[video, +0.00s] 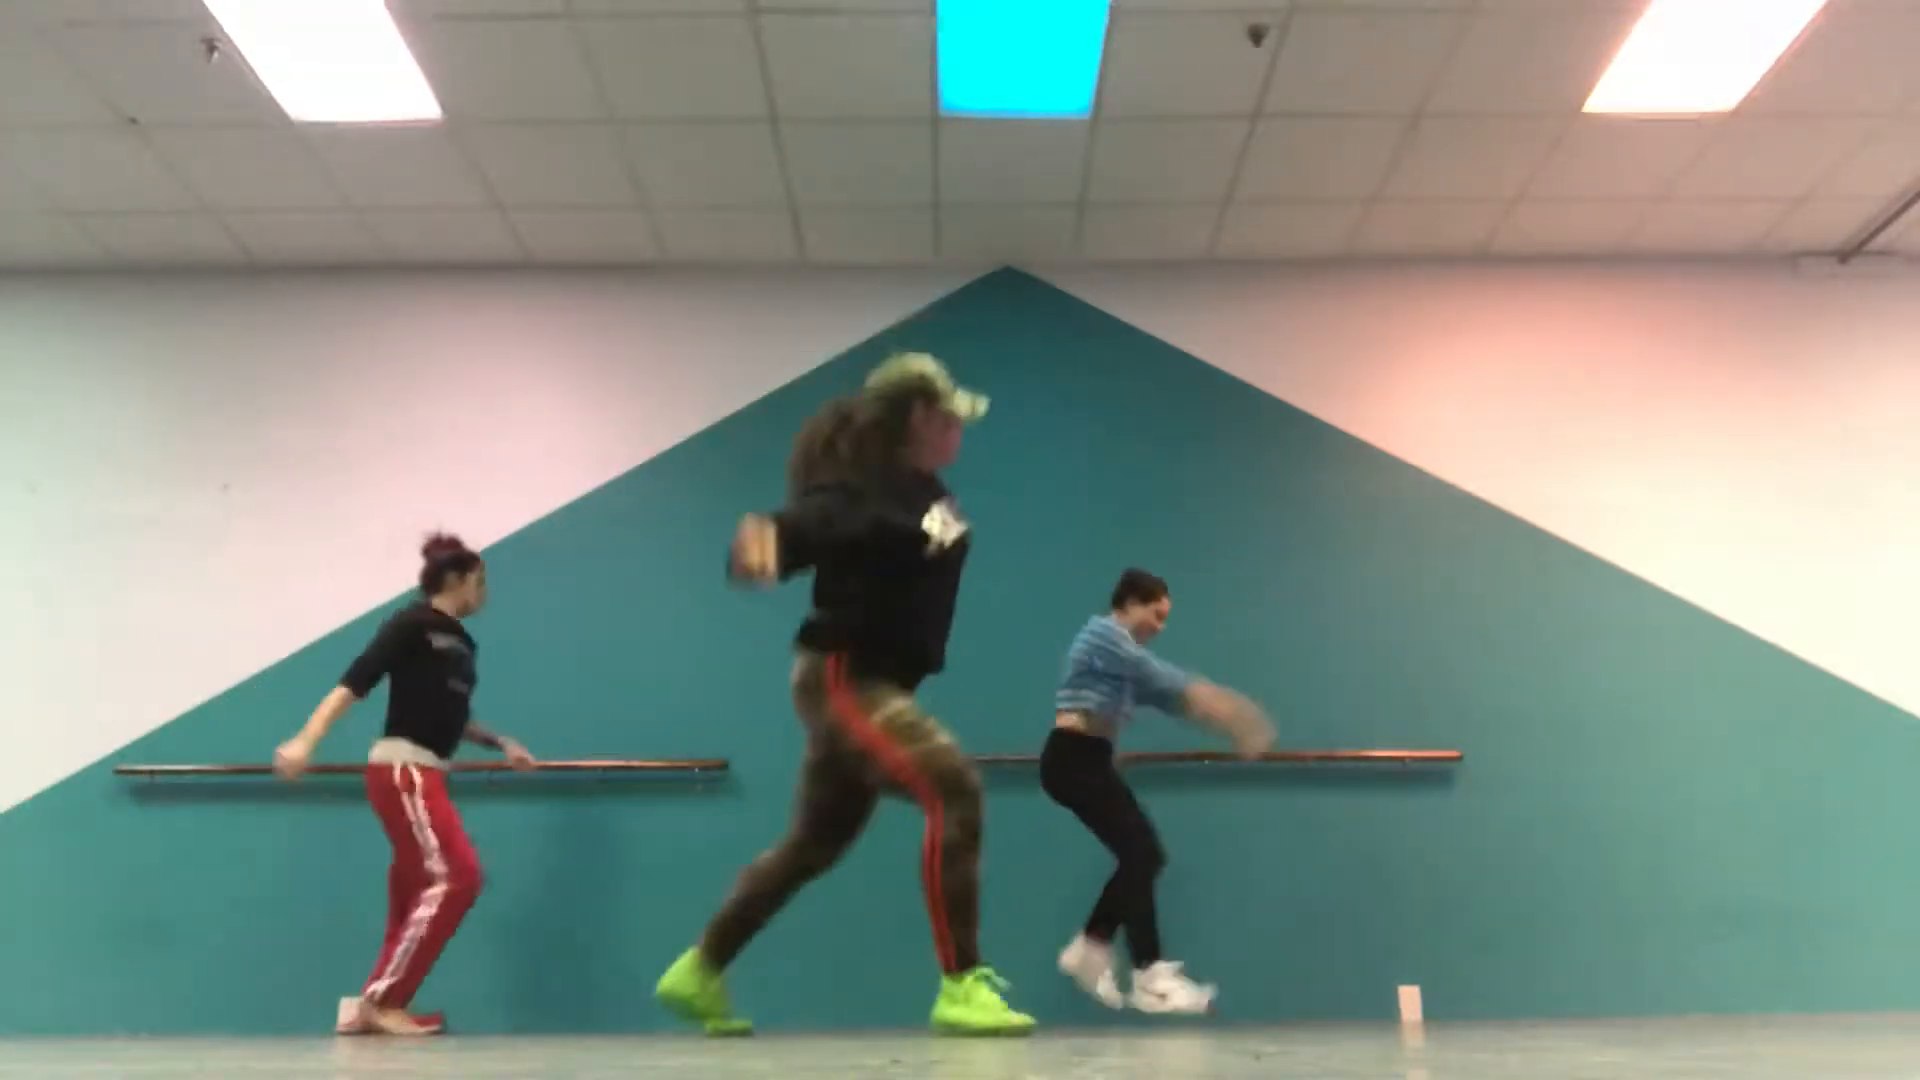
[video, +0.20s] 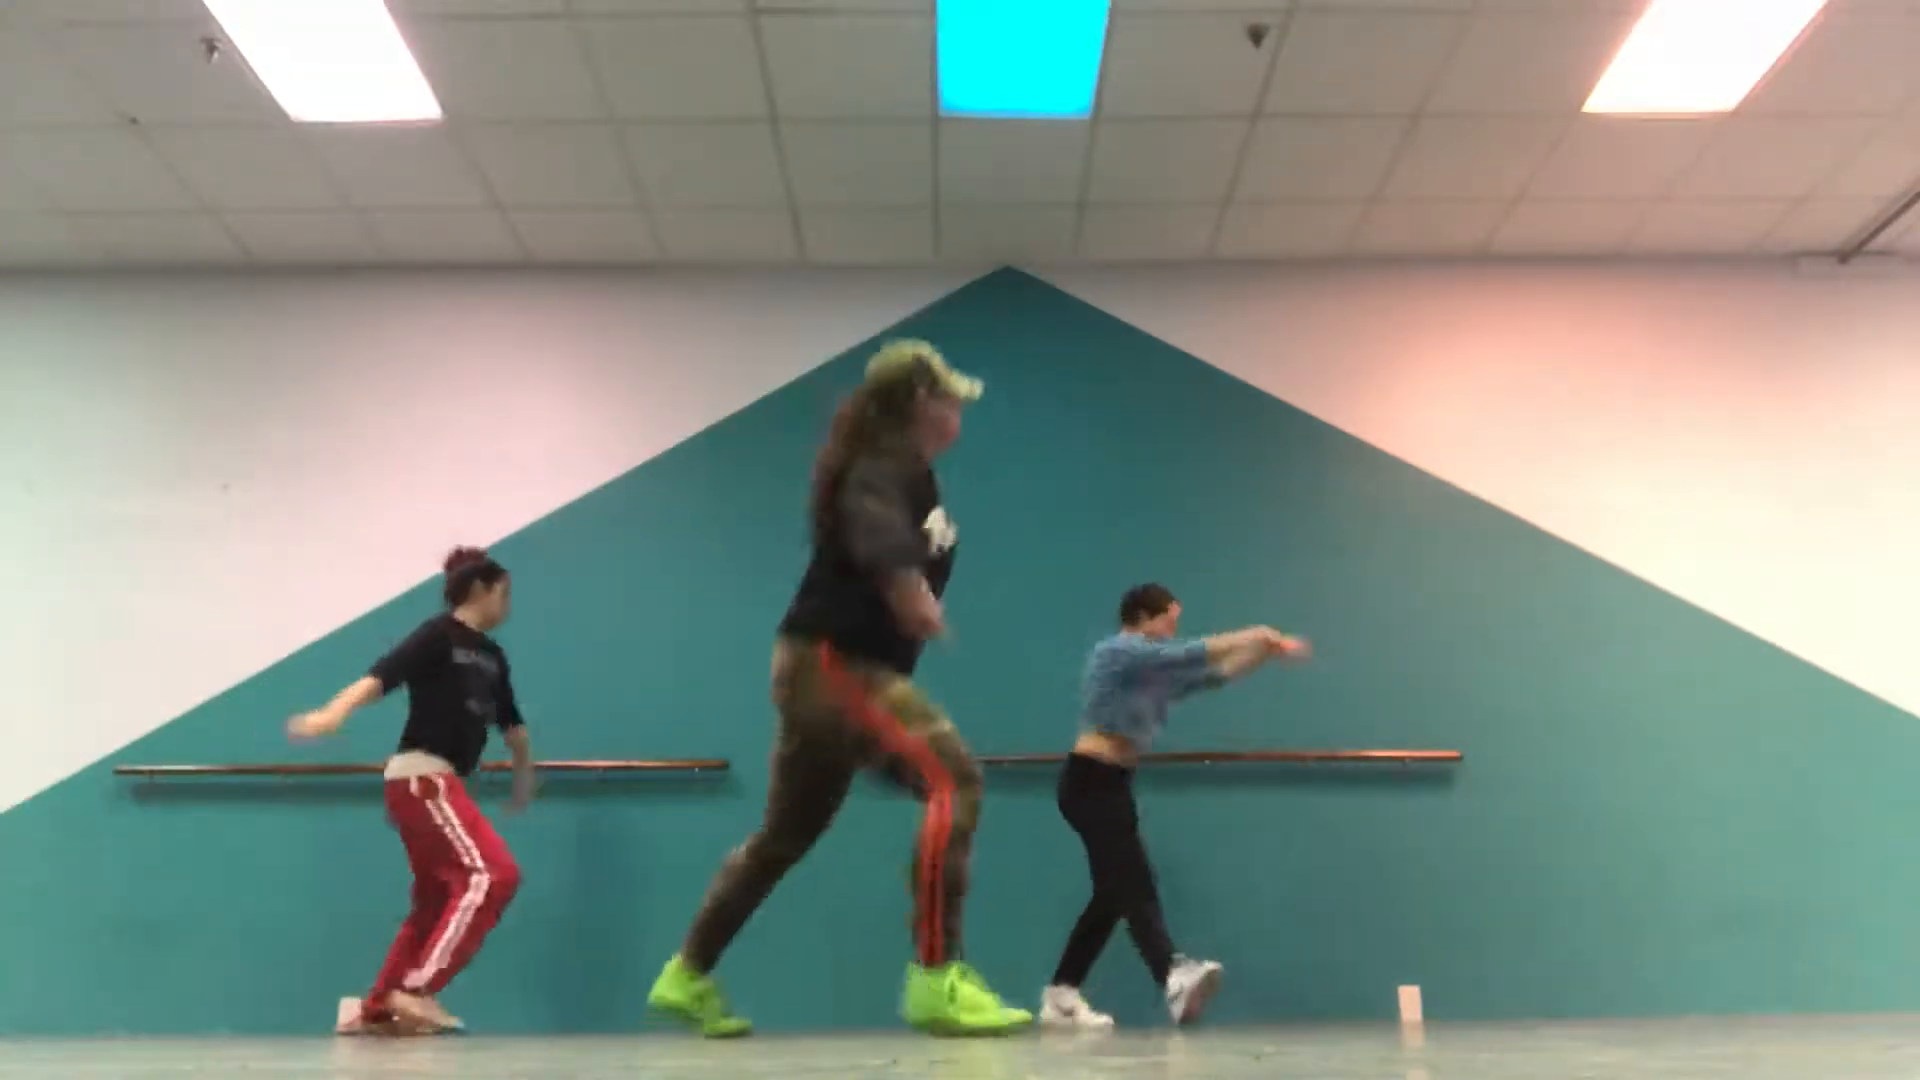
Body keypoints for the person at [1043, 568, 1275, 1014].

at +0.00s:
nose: (1159, 627)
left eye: (1163, 619)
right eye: (1156, 615)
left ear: (1140, 610)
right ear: (1130, 605)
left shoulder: (1118, 649)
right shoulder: (1101, 634)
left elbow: (1162, 693)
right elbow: (1151, 673)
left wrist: (1215, 709)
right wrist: (1210, 698)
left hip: (1086, 758)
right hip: (1074, 758)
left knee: (1140, 855)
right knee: (1141, 854)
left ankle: (1089, 950)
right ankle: (1150, 976)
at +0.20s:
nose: (1176, 630)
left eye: (1177, 622)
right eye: (1171, 620)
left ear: (1143, 620)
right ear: (1147, 618)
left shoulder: (1148, 664)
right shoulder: (1118, 651)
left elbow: (1216, 673)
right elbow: (1190, 652)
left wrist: (1264, 648)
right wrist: (1257, 634)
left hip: (1109, 783)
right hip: (1092, 781)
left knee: (1115, 892)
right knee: (1131, 884)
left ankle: (1061, 994)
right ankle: (1172, 978)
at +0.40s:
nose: (1200, 620)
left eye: (1203, 611)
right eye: (1197, 609)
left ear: (1173, 606)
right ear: (1172, 602)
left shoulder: (1170, 650)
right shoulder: (1143, 643)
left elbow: (1180, 721)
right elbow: (1167, 719)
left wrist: (1201, 779)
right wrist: (1200, 777)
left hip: (1150, 757)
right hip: (1133, 757)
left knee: (1189, 866)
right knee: (1185, 865)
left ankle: (1095, 892)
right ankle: (1154, 989)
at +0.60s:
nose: (1224, 595)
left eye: (1225, 587)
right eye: (1223, 587)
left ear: (1180, 580)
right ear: (1211, 581)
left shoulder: (1161, 617)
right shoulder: (1197, 609)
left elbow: (1193, 685)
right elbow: (1234, 663)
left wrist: (1244, 693)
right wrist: (1258, 695)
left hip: (1155, 734)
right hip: (1174, 734)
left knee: (1238, 830)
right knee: (1205, 844)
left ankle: (1156, 876)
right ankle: (1164, 975)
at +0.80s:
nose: (1249, 599)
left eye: (1247, 592)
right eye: (1245, 592)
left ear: (1203, 597)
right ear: (1231, 593)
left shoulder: (1181, 635)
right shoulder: (1243, 621)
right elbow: (1297, 614)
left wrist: (1280, 606)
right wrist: (1302, 597)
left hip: (1183, 743)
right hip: (1225, 741)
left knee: (1225, 871)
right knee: (1231, 868)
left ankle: (1279, 981)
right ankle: (1199, 986)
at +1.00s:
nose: (1280, 597)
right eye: (1279, 590)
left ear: (1234, 599)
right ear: (1276, 590)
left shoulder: (1217, 637)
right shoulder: (1297, 621)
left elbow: (1214, 695)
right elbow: (1331, 676)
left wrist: (1244, 720)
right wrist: (1323, 727)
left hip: (1238, 742)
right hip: (1289, 734)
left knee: (1280, 862)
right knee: (1346, 849)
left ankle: (1291, 984)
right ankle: (1278, 916)